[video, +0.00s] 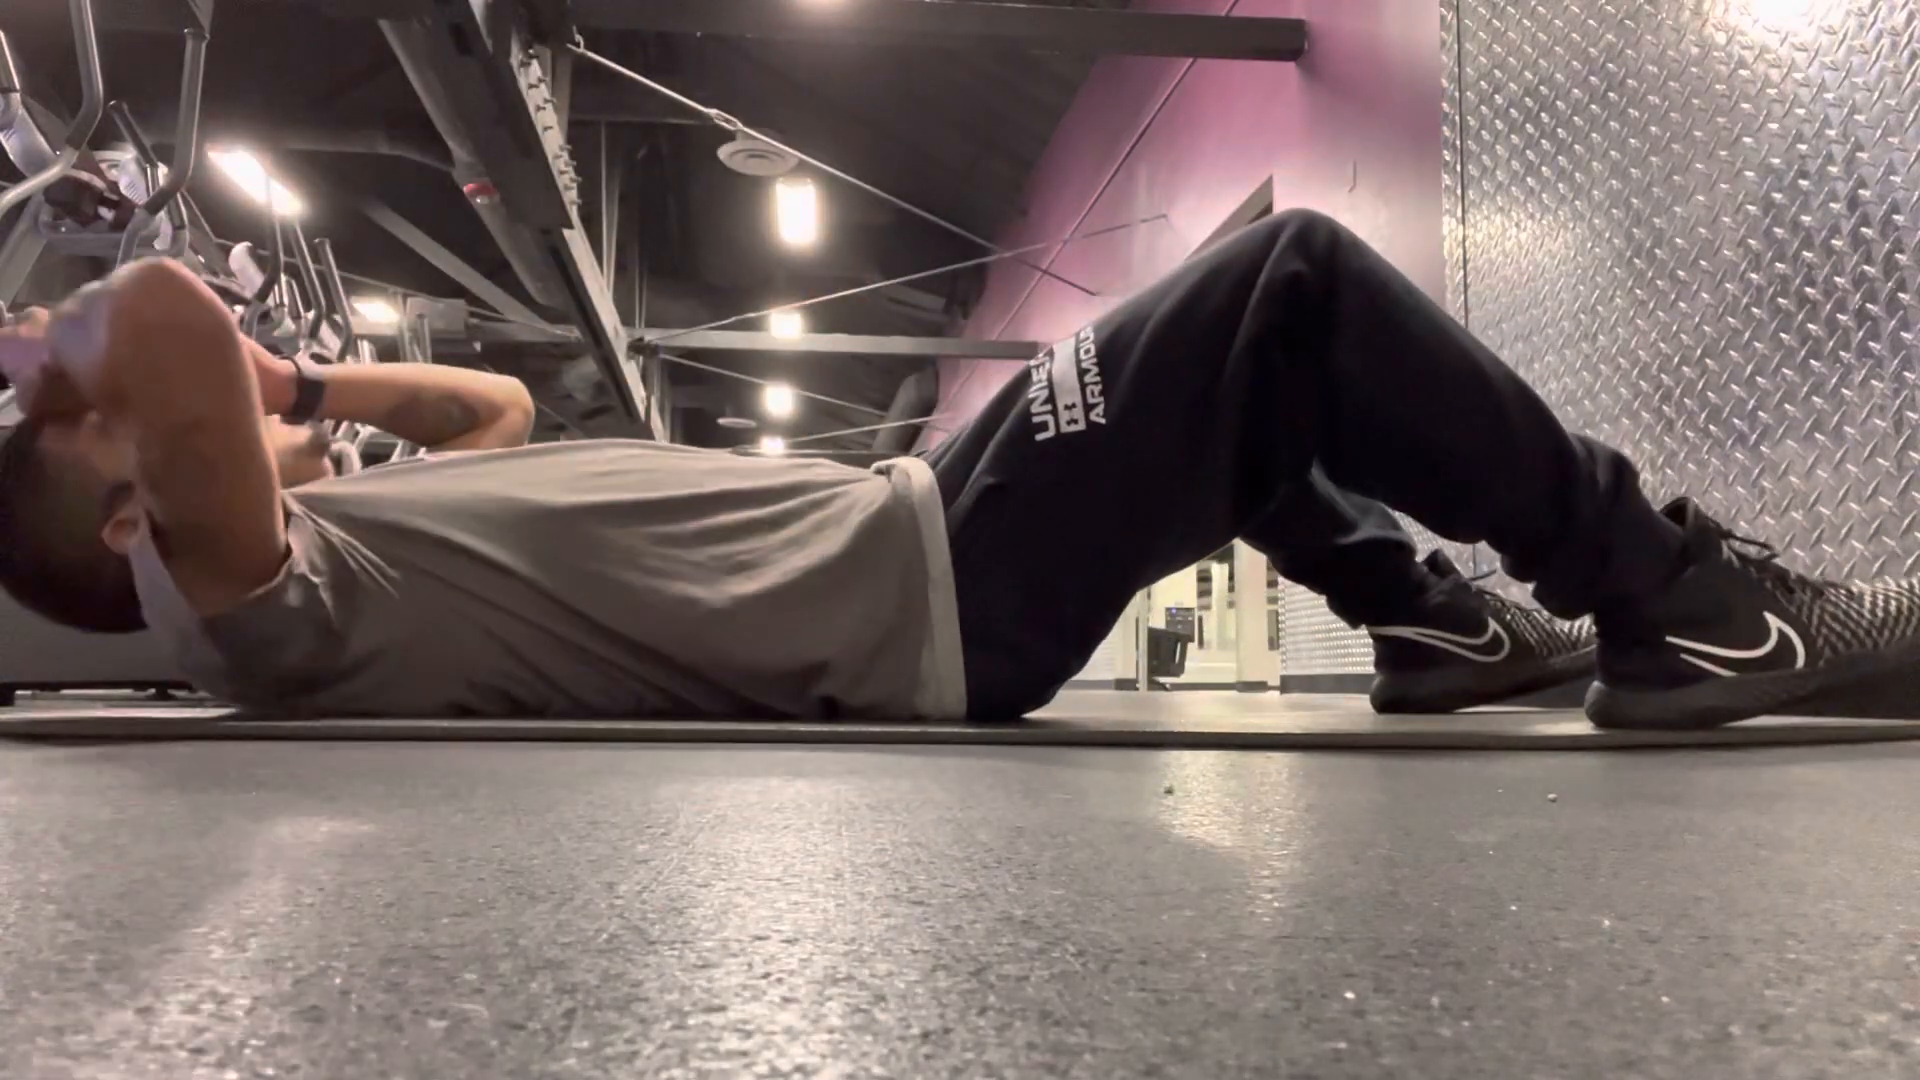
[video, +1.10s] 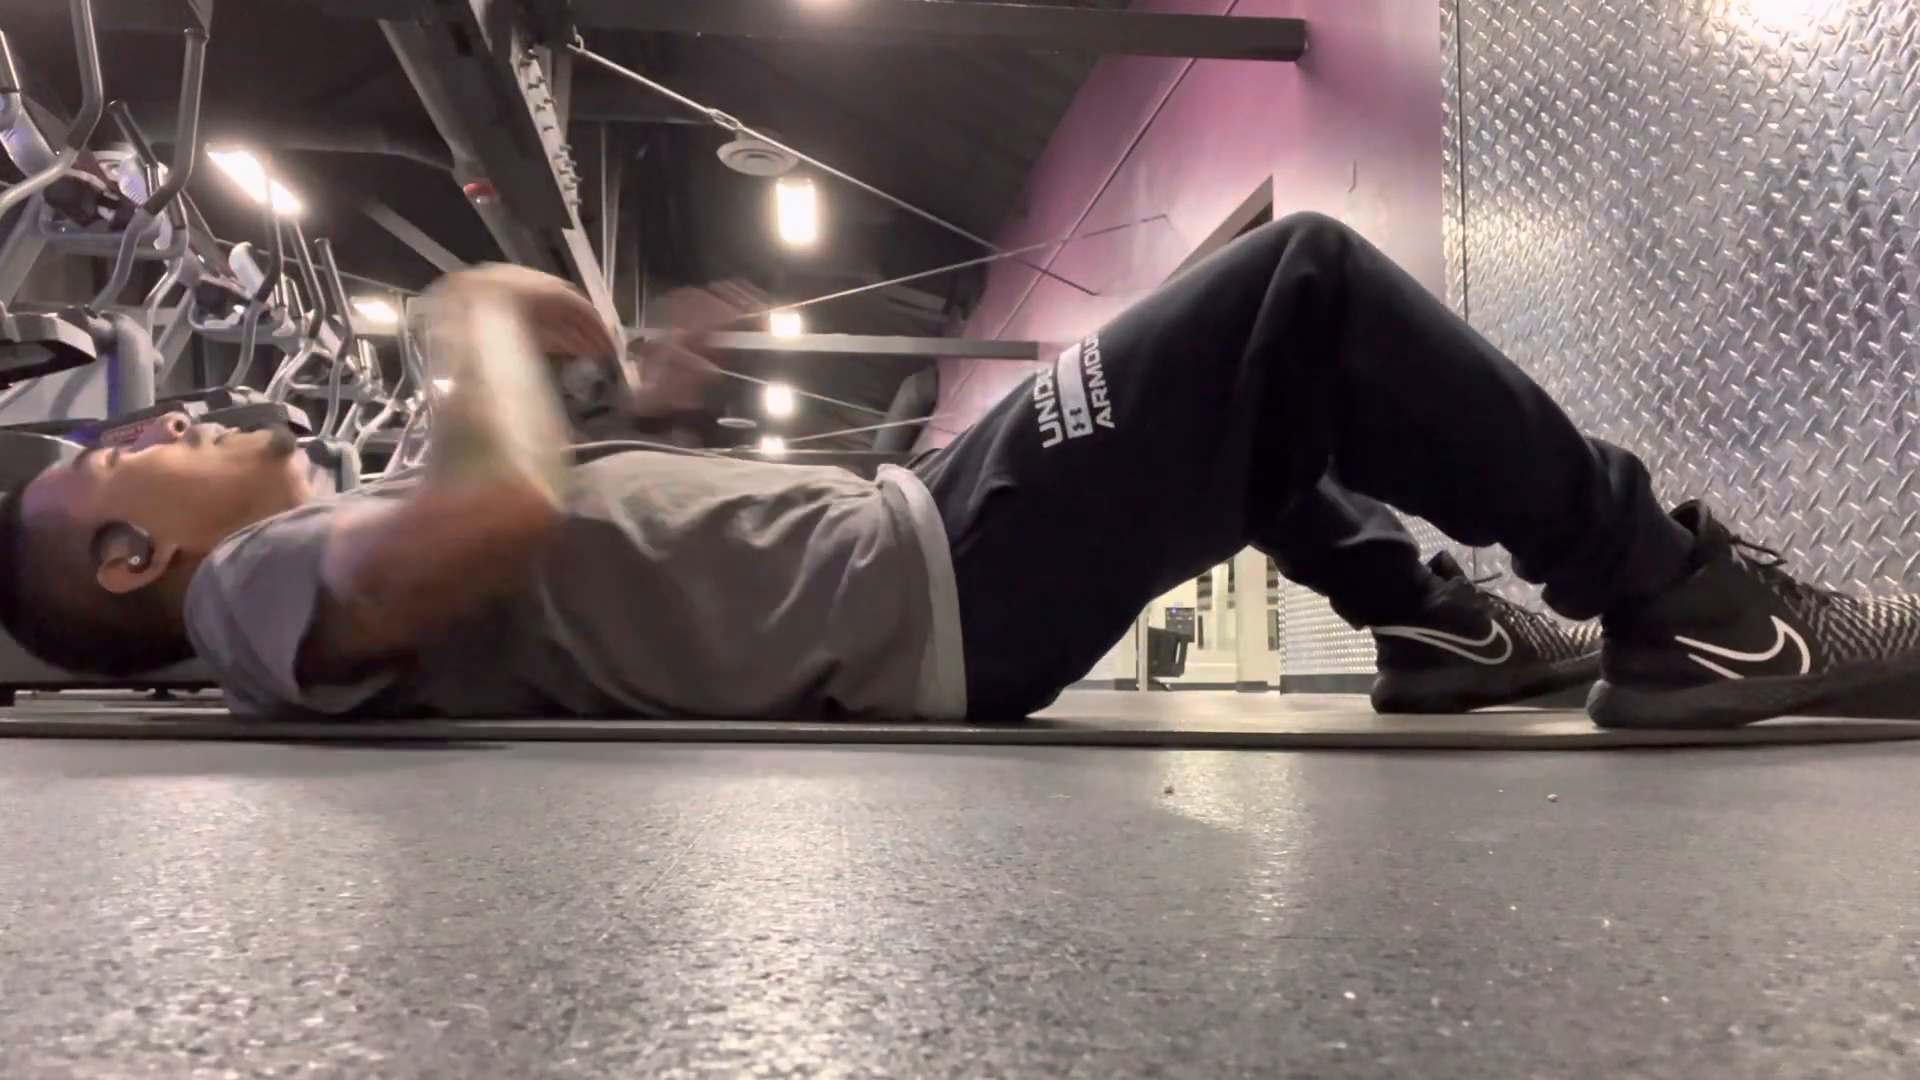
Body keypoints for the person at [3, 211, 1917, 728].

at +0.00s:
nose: (153, 421)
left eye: (120, 417)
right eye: (118, 434)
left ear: (163, 492)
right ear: (134, 515)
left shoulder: (340, 522)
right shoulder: (268, 618)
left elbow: (491, 397)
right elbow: (166, 305)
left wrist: (250, 382)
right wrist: (75, 372)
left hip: (901, 517)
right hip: (924, 604)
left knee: (1143, 345)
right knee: (1285, 277)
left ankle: (1432, 622)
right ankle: (1679, 589)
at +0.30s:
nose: (154, 428)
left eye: (128, 418)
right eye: (120, 441)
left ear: (168, 485)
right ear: (146, 515)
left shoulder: (311, 564)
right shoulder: (282, 603)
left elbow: (462, 413)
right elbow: (391, 375)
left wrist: (152, 365)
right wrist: (105, 353)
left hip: (897, 535)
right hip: (925, 602)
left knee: (1169, 341)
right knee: (1290, 278)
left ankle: (1433, 622)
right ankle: (1677, 588)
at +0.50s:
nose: (189, 394)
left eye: (154, 399)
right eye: (141, 441)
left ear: (211, 412)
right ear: (149, 537)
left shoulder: (347, 486)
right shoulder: (264, 574)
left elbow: (549, 456)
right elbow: (479, 555)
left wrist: (362, 392)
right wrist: (567, 198)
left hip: (905, 531)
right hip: (909, 593)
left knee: (1222, 358)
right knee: (1275, 271)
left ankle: (1444, 614)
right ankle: (1687, 598)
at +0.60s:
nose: (197, 386)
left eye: (154, 381)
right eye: (155, 410)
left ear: (183, 445)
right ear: (144, 516)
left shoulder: (328, 521)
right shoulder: (280, 573)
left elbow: (570, 565)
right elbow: (542, 619)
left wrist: (452, 388)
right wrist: (731, 294)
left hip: (899, 536)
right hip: (908, 598)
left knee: (1190, 329)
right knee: (1283, 273)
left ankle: (1437, 624)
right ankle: (1694, 596)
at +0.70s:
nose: (237, 386)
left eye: (190, 378)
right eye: (181, 403)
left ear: (154, 511)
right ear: (144, 518)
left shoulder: (328, 554)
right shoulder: (305, 584)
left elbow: (625, 602)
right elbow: (616, 595)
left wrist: (603, 388)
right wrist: (884, 394)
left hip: (889, 569)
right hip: (918, 613)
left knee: (1176, 352)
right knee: (1290, 275)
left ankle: (1436, 618)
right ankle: (1690, 597)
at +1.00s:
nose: (215, 401)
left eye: (165, 401)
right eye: (169, 425)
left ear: (158, 525)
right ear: (151, 537)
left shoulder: (310, 558)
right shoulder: (287, 584)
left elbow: (565, 559)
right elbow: (560, 578)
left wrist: (726, 432)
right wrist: (649, 375)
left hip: (901, 558)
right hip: (924, 613)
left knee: (1209, 318)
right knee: (1295, 280)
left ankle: (1446, 622)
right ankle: (1689, 595)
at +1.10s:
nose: (186, 417)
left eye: (149, 415)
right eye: (147, 441)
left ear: (157, 509)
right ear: (135, 549)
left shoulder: (305, 555)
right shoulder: (253, 606)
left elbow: (538, 489)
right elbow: (505, 513)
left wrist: (580, 367)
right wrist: (480, 311)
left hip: (906, 539)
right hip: (933, 600)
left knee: (1194, 332)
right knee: (1297, 276)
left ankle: (1447, 622)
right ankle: (1689, 596)